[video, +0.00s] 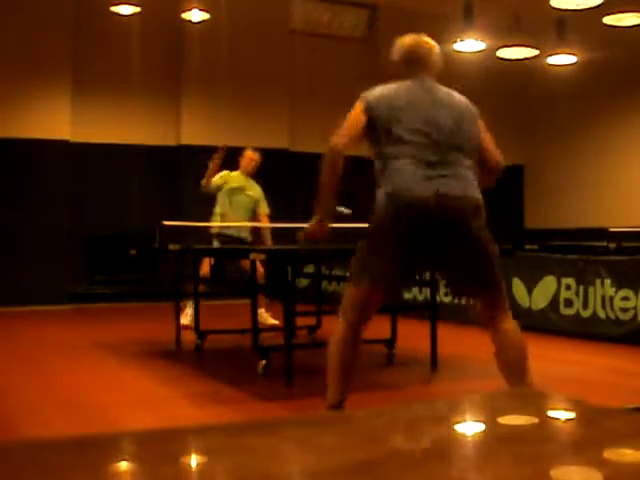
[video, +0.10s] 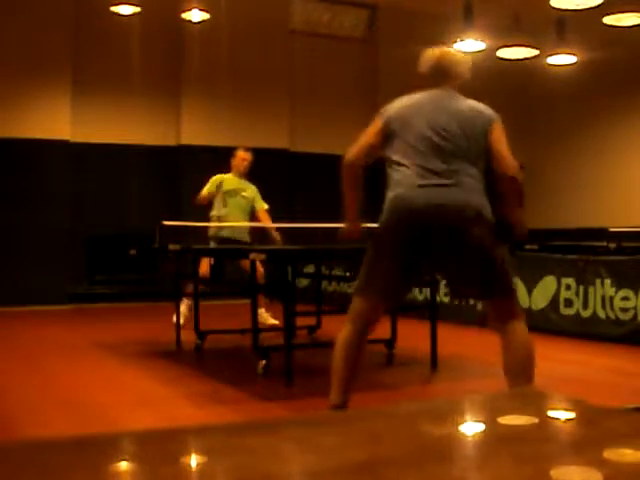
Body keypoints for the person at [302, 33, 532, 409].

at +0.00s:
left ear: (396, 65)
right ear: (437, 65)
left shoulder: (376, 99)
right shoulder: (461, 105)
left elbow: (336, 147)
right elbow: (494, 162)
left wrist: (323, 215)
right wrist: (468, 194)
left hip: (398, 217)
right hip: (461, 216)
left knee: (352, 314)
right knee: (498, 315)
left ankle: (334, 403)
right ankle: (524, 401)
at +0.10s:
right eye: (464, 73)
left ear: (423, 76)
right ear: (461, 78)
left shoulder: (398, 108)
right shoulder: (484, 115)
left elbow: (353, 159)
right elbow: (509, 171)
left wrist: (352, 218)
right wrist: (515, 219)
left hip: (404, 217)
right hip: (467, 217)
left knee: (360, 315)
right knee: (509, 317)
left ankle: (336, 404)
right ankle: (524, 409)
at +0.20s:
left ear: (466, 84)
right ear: (503, 88)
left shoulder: (437, 113)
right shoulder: (513, 120)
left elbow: (384, 154)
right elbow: (518, 164)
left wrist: (370, 213)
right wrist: (545, 228)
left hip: (414, 212)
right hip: (475, 216)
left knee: (379, 313)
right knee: (516, 323)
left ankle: (342, 402)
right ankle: (525, 414)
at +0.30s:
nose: (555, 103)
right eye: (553, 97)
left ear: (508, 94)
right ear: (546, 98)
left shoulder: (476, 122)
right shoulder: (543, 123)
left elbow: (418, 153)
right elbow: (540, 160)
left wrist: (379, 194)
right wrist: (567, 229)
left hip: (435, 213)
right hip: (491, 216)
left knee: (399, 319)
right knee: (528, 324)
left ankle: (349, 402)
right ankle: (529, 415)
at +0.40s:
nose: (587, 116)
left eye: (587, 109)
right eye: (585, 110)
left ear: (541, 108)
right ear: (575, 110)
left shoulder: (505, 133)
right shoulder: (572, 135)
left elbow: (446, 154)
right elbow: (570, 173)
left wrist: (393, 184)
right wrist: (592, 242)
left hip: (458, 215)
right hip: (512, 218)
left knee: (437, 315)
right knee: (536, 330)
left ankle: (374, 391)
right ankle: (529, 416)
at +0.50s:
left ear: (563, 123)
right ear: (600, 133)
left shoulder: (530, 142)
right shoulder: (597, 152)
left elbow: (473, 159)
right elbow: (602, 204)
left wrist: (412, 187)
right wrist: (618, 271)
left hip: (482, 212)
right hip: (536, 219)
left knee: (480, 304)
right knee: (545, 329)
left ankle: (453, 384)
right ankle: (533, 408)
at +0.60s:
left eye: (580, 134)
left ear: (579, 136)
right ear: (614, 145)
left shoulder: (551, 148)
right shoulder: (620, 171)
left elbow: (493, 163)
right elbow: (627, 235)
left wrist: (437, 194)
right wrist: (627, 285)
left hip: (509, 215)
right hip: (560, 222)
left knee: (523, 305)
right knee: (561, 325)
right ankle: (549, 397)